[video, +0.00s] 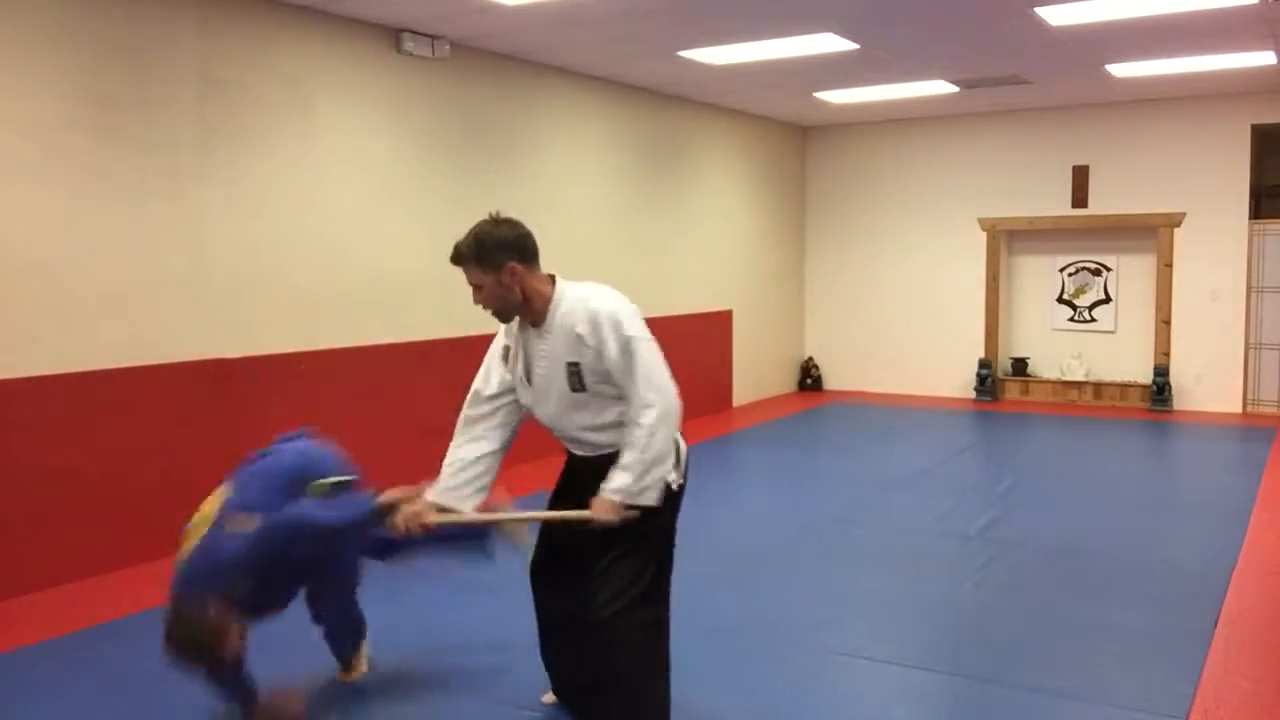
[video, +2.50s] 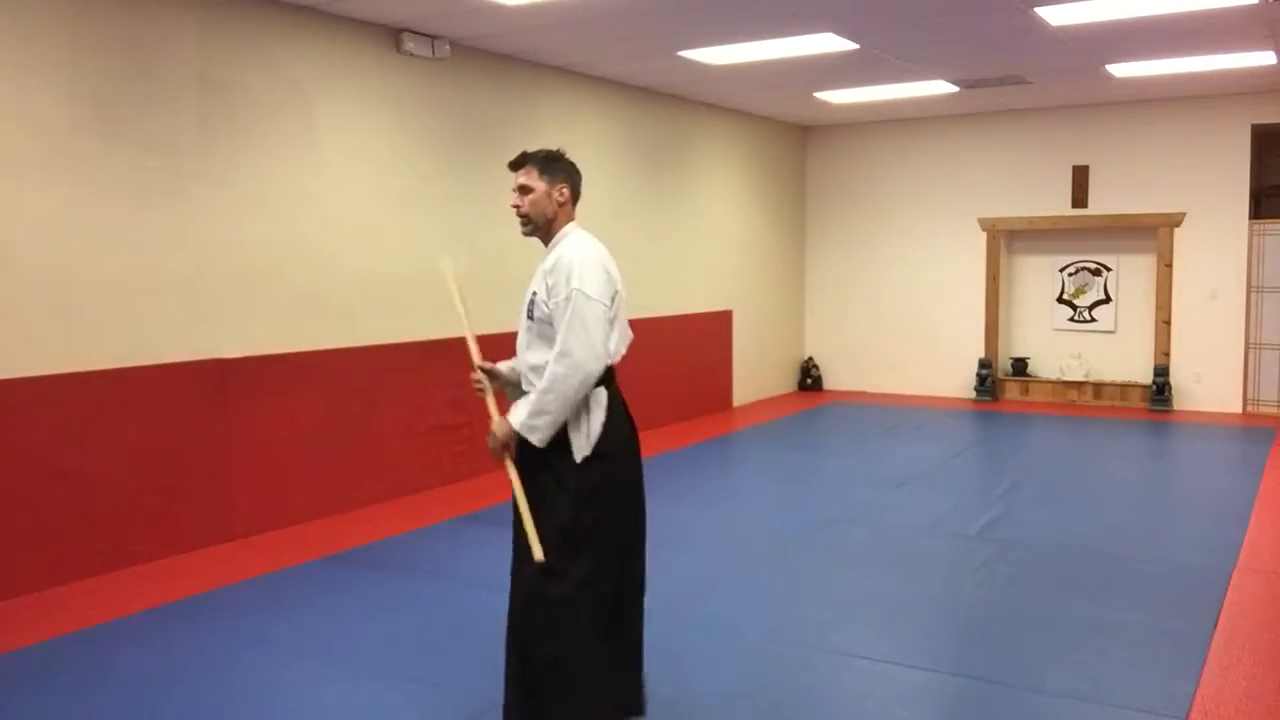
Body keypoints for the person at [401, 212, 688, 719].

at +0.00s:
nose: (476, 300)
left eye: (479, 287)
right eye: (471, 289)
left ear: (513, 277)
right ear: (511, 277)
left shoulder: (603, 314)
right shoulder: (511, 342)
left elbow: (659, 405)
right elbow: (482, 427)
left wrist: (619, 490)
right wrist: (439, 500)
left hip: (643, 468)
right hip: (584, 466)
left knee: (621, 602)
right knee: (551, 578)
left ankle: (633, 708)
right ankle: (577, 688)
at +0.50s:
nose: (508, 311)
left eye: (515, 298)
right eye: (504, 299)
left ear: (554, 285)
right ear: (546, 287)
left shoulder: (638, 321)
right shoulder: (524, 355)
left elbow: (714, 386)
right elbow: (524, 453)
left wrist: (725, 478)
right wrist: (525, 546)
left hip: (657, 480)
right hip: (592, 483)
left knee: (639, 613)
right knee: (557, 595)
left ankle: (651, 711)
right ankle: (582, 692)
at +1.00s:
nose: (524, 283)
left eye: (532, 271)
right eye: (521, 271)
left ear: (573, 264)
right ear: (566, 266)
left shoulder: (647, 314)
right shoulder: (535, 333)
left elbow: (712, 391)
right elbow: (519, 430)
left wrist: (713, 484)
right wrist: (503, 523)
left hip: (652, 478)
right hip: (587, 478)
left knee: (635, 608)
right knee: (554, 586)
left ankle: (647, 711)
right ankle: (579, 697)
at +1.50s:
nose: (545, 217)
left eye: (557, 205)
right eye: (545, 204)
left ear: (600, 208)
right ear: (587, 209)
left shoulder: (649, 284)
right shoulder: (566, 280)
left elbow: (688, 391)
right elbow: (543, 367)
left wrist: (670, 495)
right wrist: (508, 434)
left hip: (635, 458)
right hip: (581, 453)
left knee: (631, 613)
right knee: (575, 602)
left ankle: (633, 712)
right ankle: (582, 703)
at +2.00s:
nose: (544, 196)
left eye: (556, 186)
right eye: (545, 185)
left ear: (594, 192)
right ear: (584, 195)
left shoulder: (617, 266)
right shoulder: (584, 261)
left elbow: (607, 380)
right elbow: (588, 363)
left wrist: (563, 474)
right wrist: (555, 418)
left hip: (613, 446)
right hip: (580, 438)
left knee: (622, 598)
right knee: (585, 592)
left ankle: (633, 706)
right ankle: (586, 698)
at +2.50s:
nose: (515, 202)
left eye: (525, 190)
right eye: (514, 192)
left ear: (562, 194)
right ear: (552, 198)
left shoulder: (581, 259)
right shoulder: (558, 259)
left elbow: (582, 360)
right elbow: (554, 353)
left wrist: (521, 423)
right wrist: (506, 374)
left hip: (586, 437)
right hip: (559, 433)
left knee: (578, 586)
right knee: (552, 585)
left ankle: (582, 707)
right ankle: (554, 705)